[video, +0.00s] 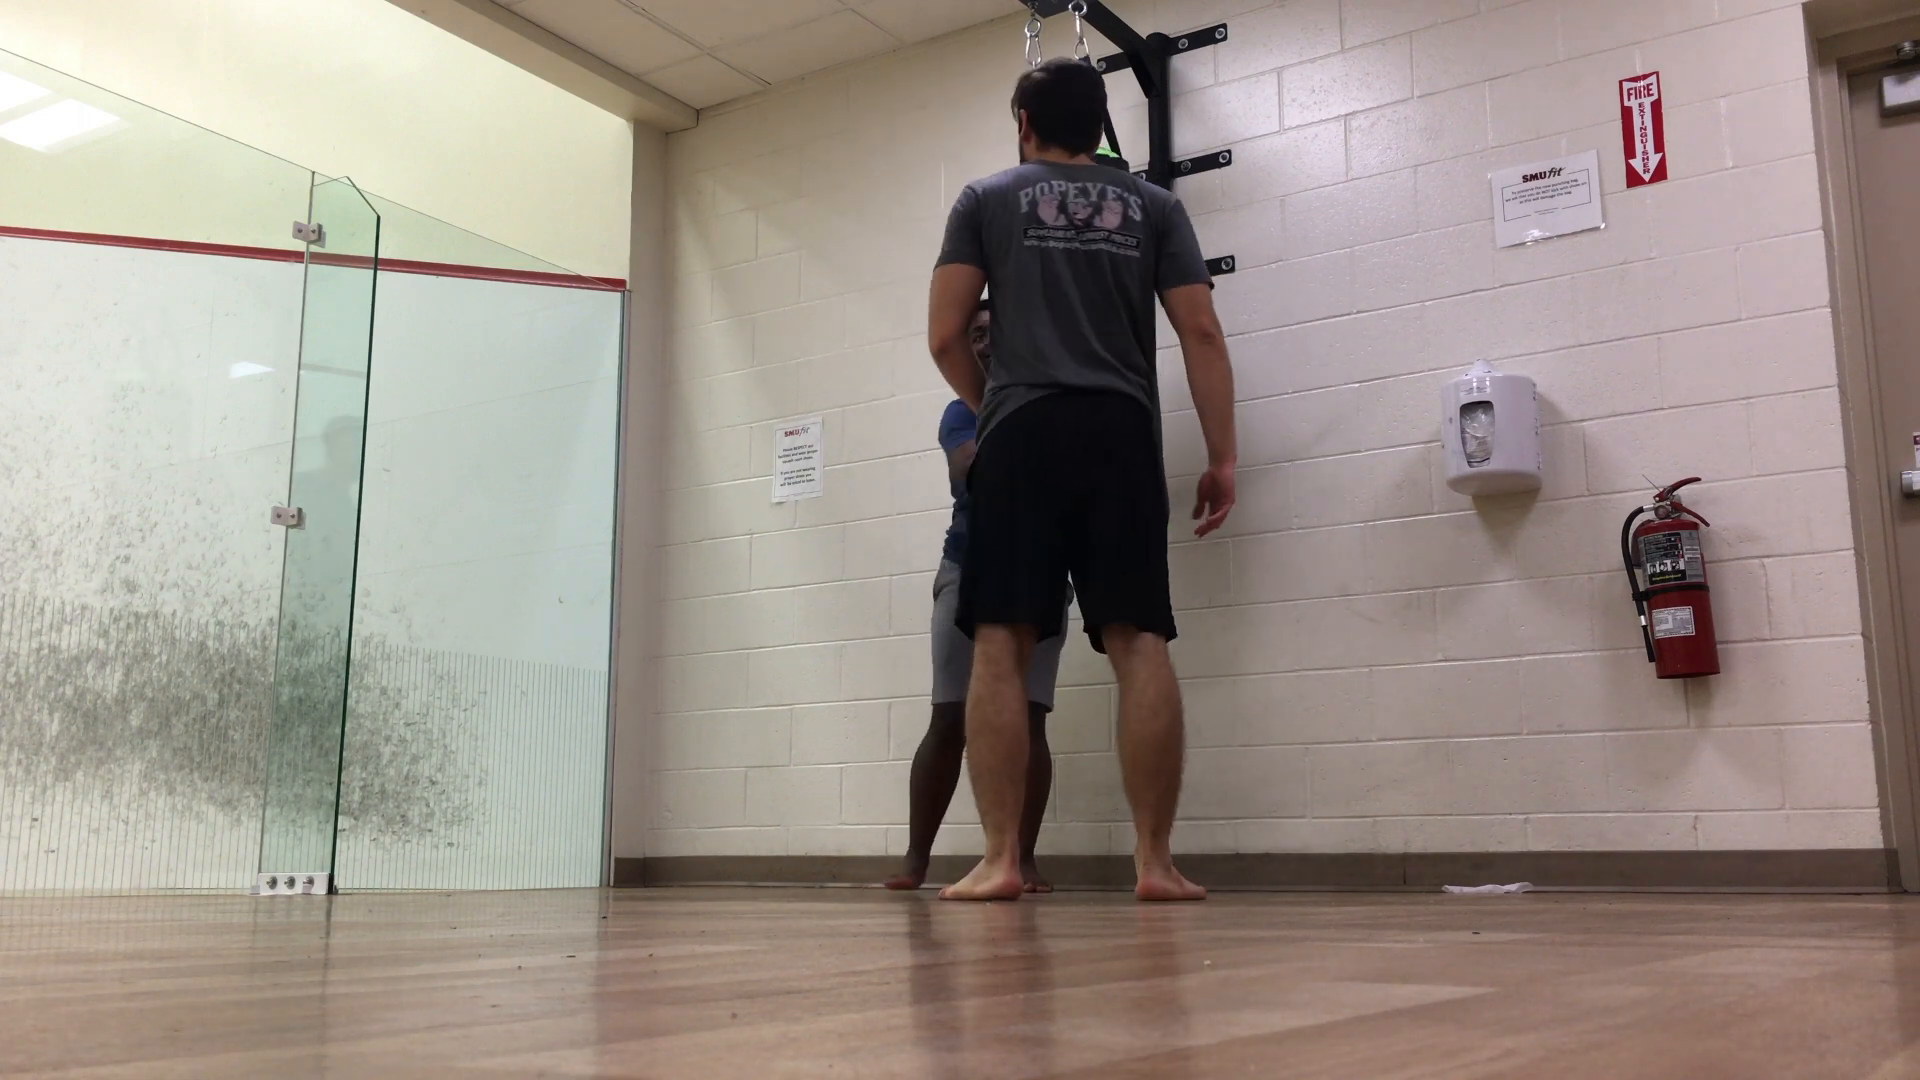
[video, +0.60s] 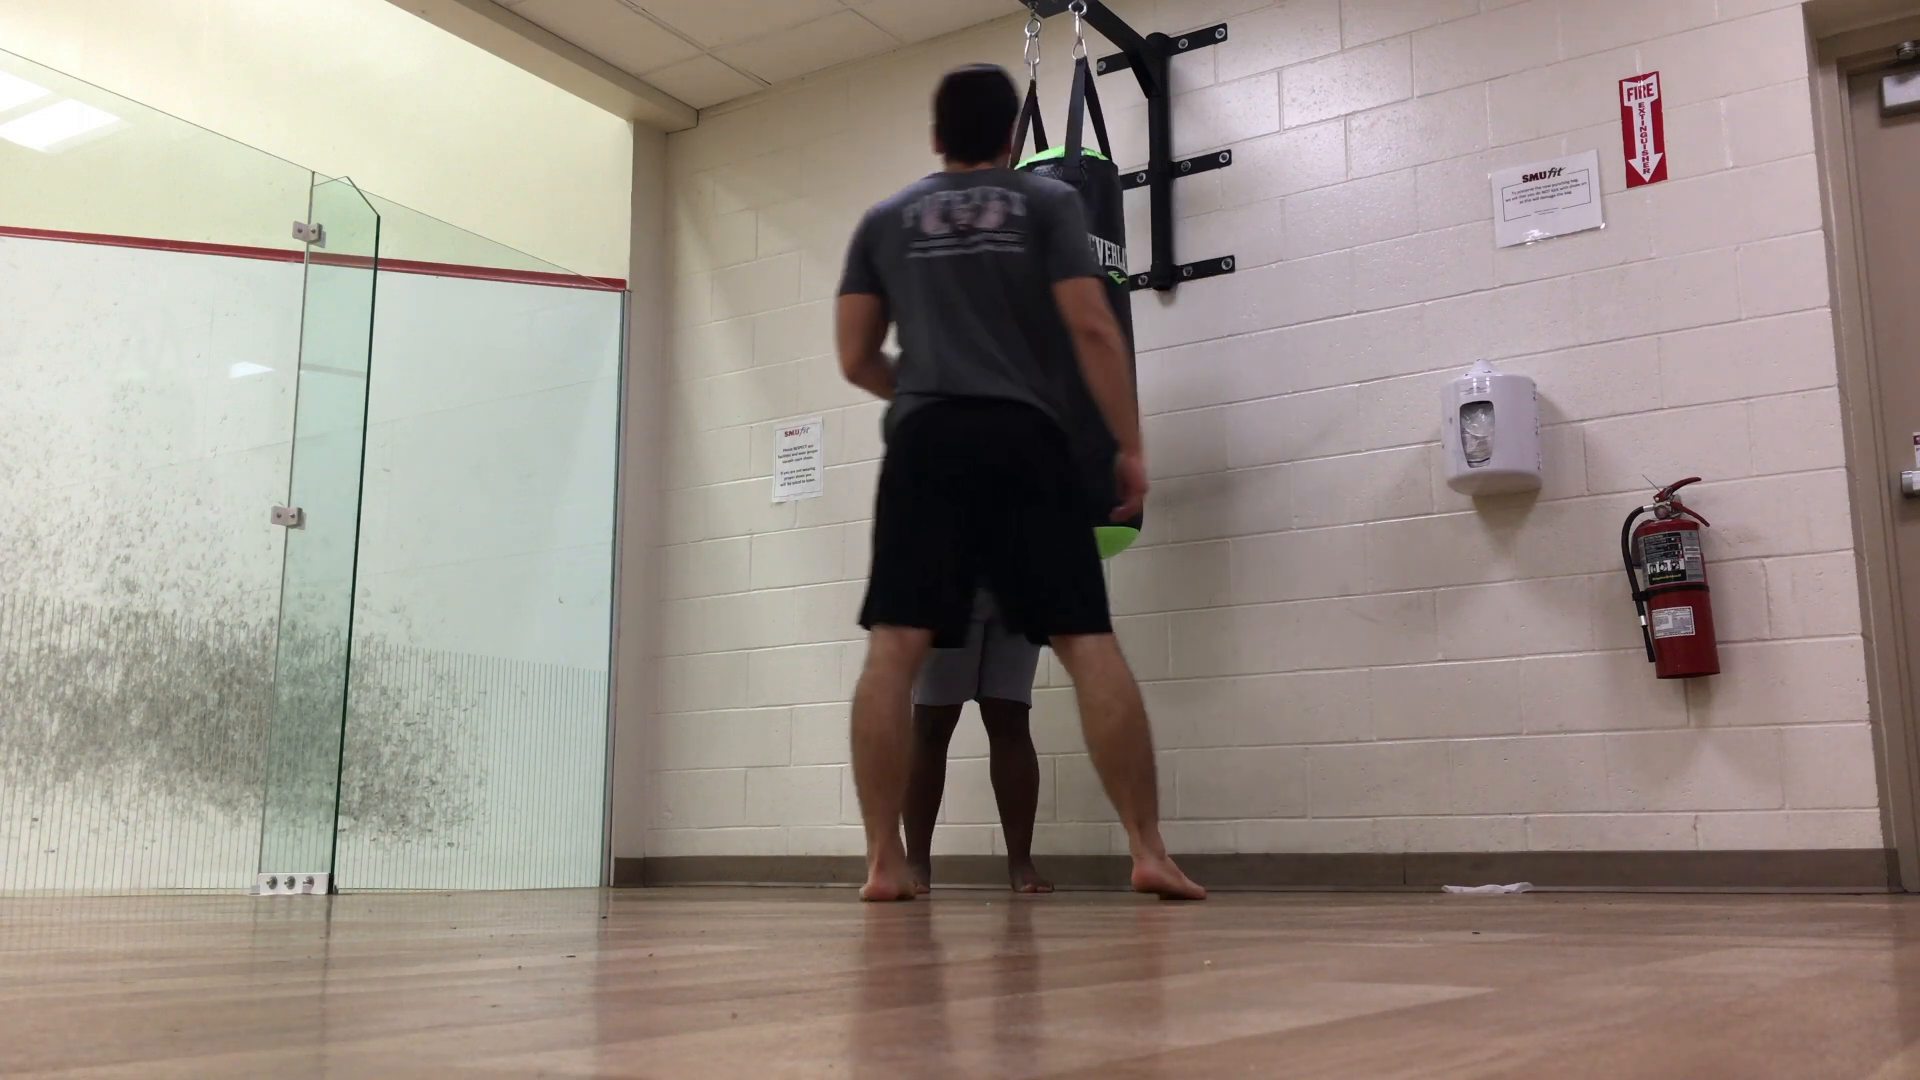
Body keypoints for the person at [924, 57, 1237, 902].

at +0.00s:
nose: (1016, 137)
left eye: (1015, 126)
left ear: (1025, 129)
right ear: (1104, 131)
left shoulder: (986, 199)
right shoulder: (1155, 206)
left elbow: (945, 335)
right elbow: (1201, 332)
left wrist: (992, 412)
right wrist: (1223, 455)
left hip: (1020, 443)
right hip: (1124, 443)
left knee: (999, 646)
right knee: (1140, 642)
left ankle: (1003, 860)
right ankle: (1154, 861)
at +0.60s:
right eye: (1005, 128)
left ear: (933, 137)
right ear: (1013, 135)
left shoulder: (884, 221)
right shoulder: (1049, 203)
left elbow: (855, 360)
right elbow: (1092, 326)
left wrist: (924, 388)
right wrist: (1130, 445)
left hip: (924, 450)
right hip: (1033, 447)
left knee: (894, 644)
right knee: (1090, 646)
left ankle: (885, 861)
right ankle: (1148, 850)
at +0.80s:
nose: (961, 140)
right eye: (962, 128)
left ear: (880, 139)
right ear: (955, 130)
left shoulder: (832, 221)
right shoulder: (976, 185)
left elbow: (820, 364)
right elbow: (1003, 301)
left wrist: (874, 430)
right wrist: (1048, 425)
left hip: (870, 442)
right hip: (972, 429)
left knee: (867, 643)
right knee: (1032, 622)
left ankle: (883, 861)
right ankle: (1018, 841)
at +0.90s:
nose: (939, 135)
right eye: (939, 124)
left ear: (858, 135)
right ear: (935, 126)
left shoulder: (813, 222)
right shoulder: (947, 175)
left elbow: (813, 365)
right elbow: (967, 285)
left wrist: (837, 453)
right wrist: (1011, 416)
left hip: (848, 439)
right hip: (941, 424)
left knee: (859, 644)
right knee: (997, 625)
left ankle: (882, 859)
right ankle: (890, 809)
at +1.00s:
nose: (921, 126)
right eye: (919, 115)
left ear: (837, 130)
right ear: (914, 118)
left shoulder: (801, 219)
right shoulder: (921, 166)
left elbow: (794, 368)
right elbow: (943, 281)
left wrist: (793, 487)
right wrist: (991, 407)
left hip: (828, 440)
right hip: (909, 426)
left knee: (854, 642)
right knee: (936, 629)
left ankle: (884, 860)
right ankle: (775, 782)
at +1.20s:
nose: (905, 120)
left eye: (901, 106)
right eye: (901, 104)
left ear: (821, 116)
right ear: (881, 99)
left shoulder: (783, 206)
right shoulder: (868, 153)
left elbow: (753, 346)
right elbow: (898, 282)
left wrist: (748, 475)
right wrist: (995, 396)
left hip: (798, 425)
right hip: (835, 421)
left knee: (890, 631)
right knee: (800, 616)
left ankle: (882, 852)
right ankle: (655, 819)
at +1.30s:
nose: (907, 120)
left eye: (903, 105)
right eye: (904, 103)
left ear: (824, 101)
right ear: (883, 92)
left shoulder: (791, 186)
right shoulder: (841, 144)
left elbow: (782, 339)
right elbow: (868, 266)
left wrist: (761, 473)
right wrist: (977, 361)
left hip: (803, 422)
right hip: (802, 411)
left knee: (900, 609)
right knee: (771, 610)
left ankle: (869, 823)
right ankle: (650, 822)